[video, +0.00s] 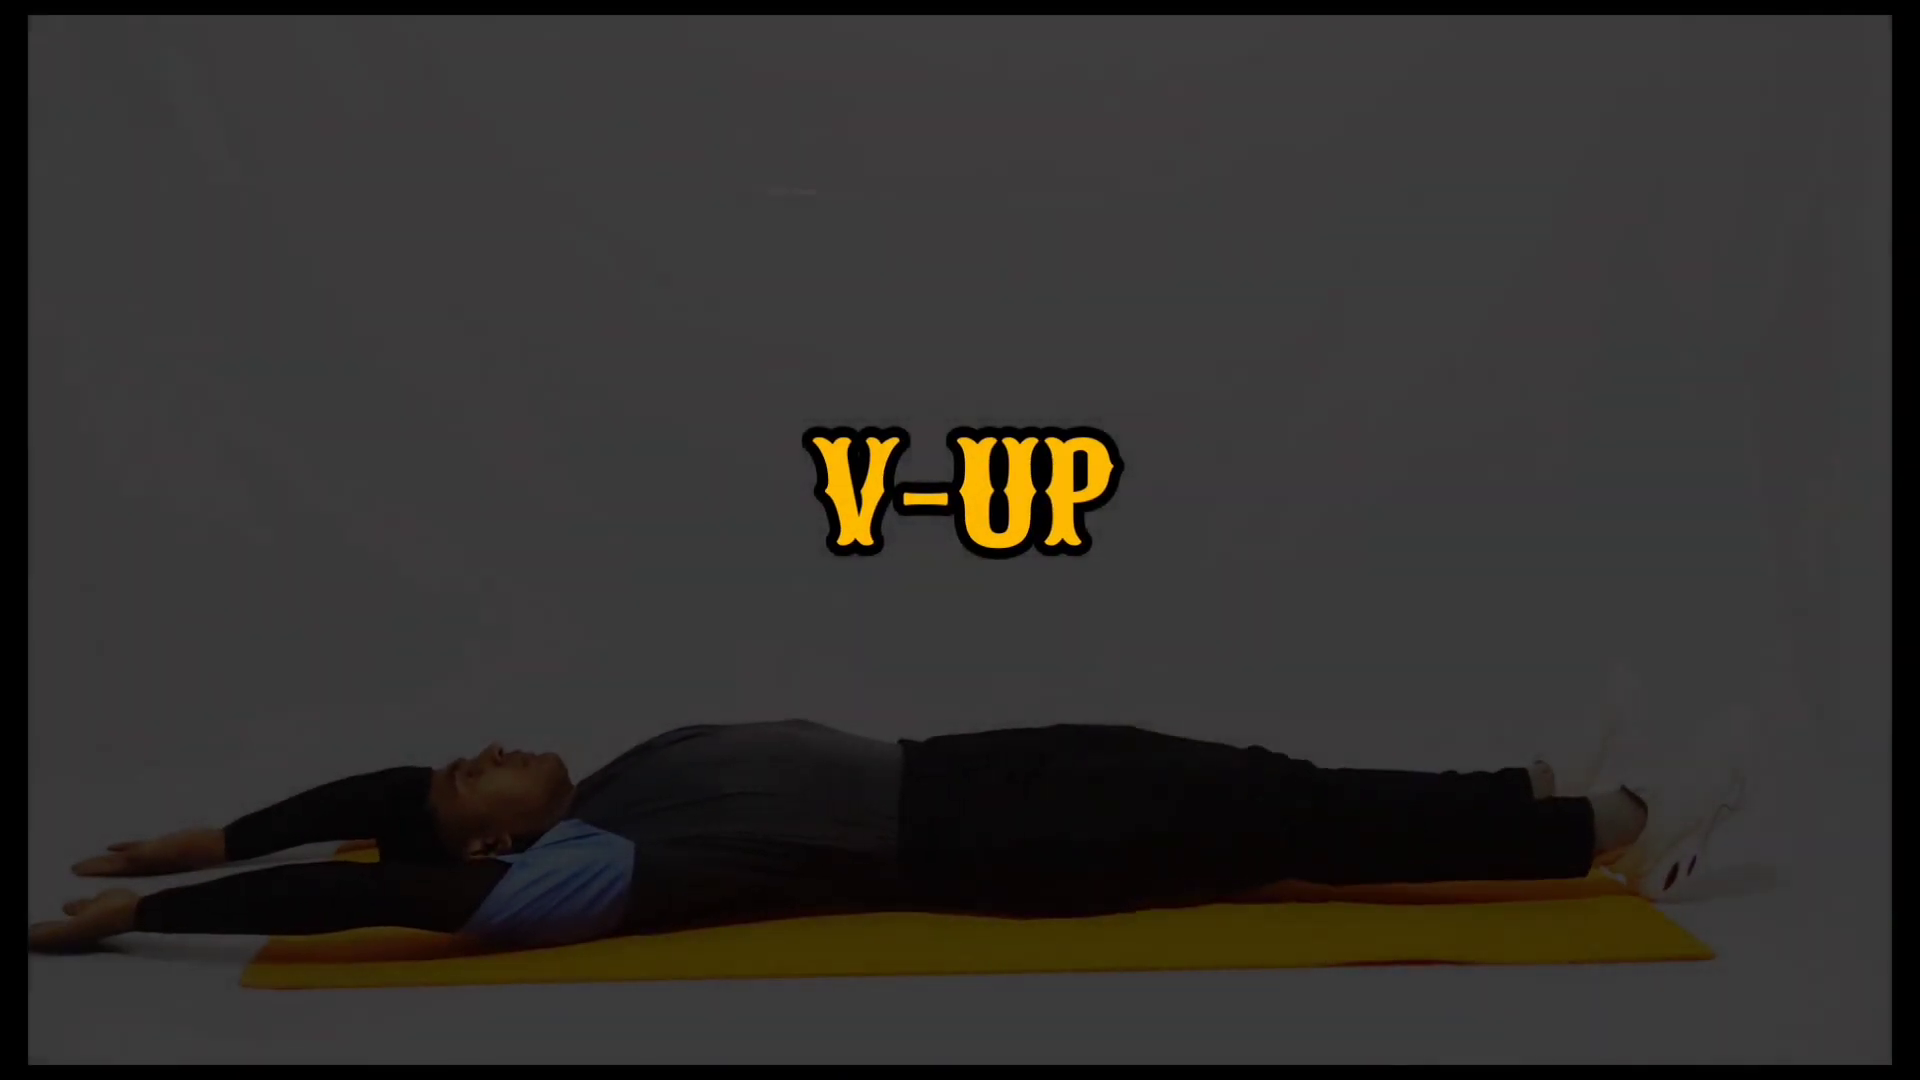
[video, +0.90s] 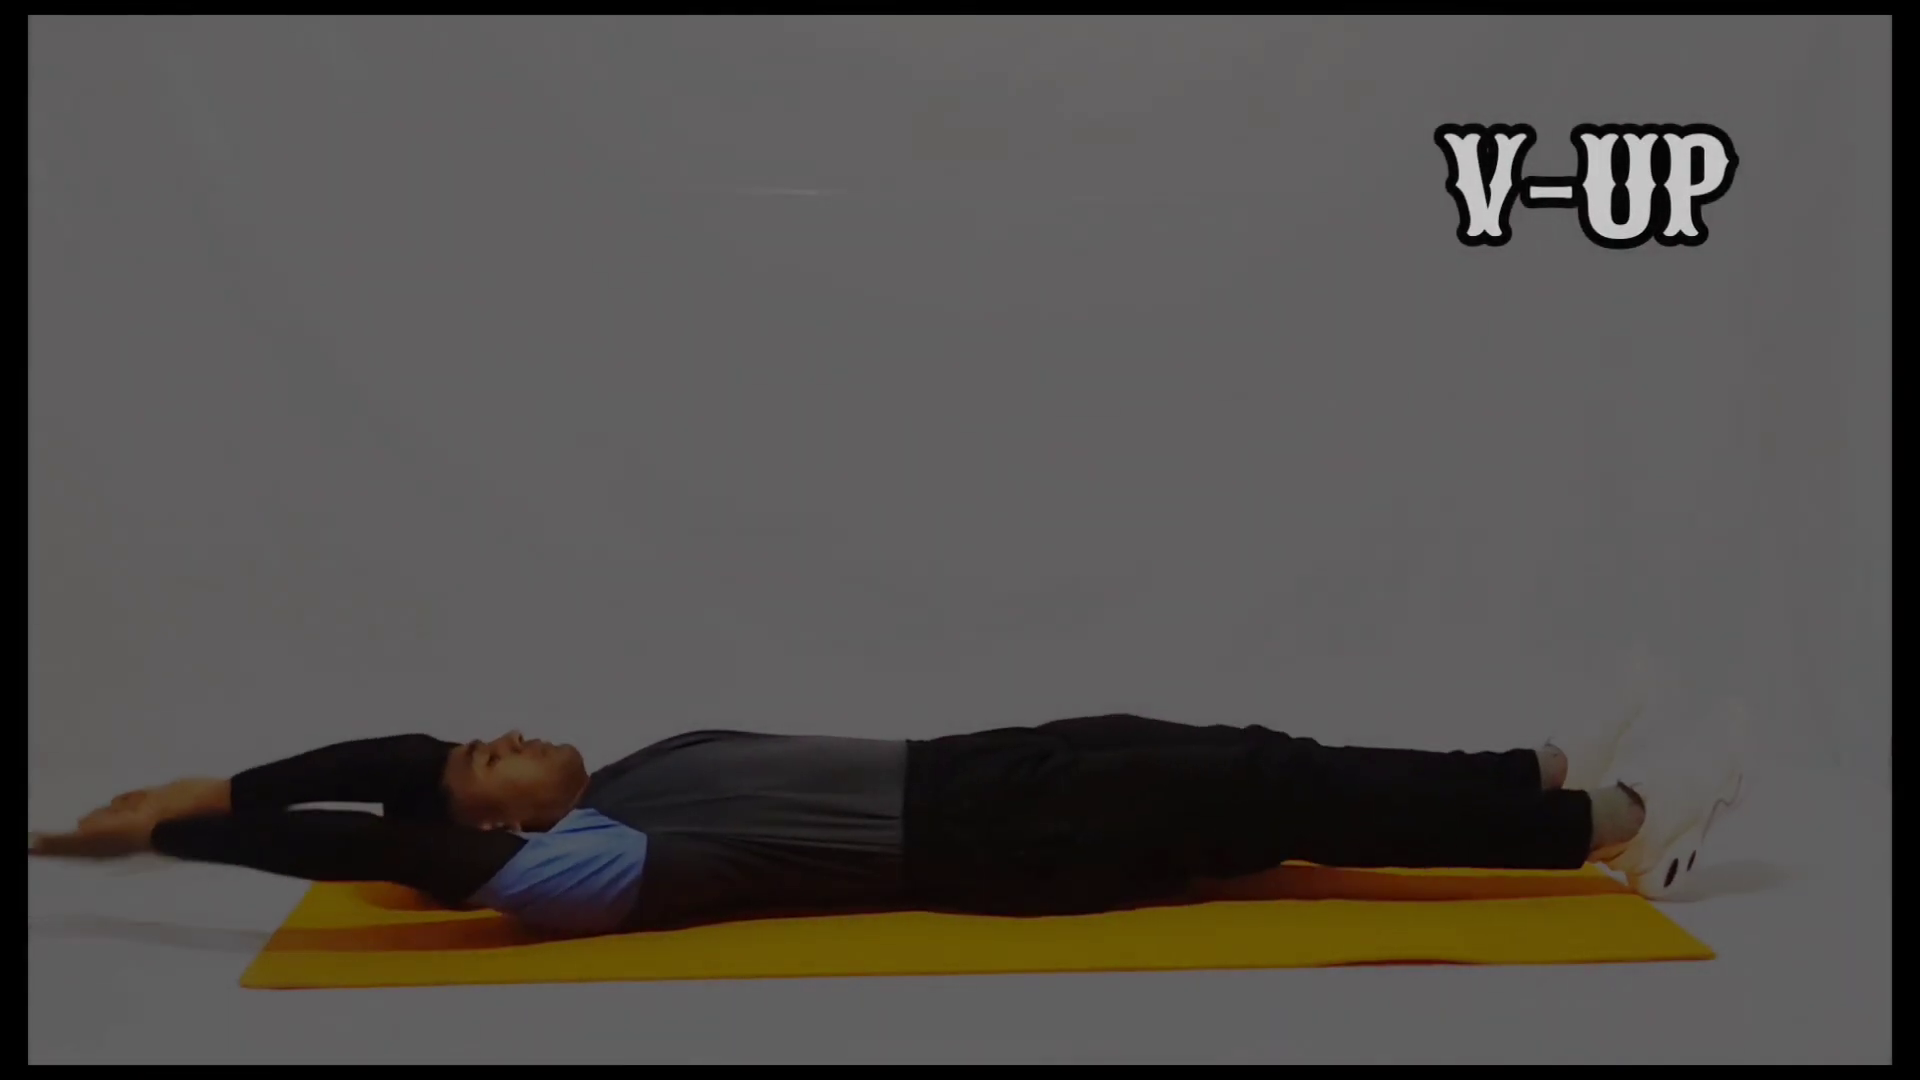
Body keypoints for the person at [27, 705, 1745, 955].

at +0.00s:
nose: (504, 779)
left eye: (488, 771)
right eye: (485, 797)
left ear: (516, 778)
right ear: (489, 845)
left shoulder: (614, 788)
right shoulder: (587, 858)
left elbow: (380, 833)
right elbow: (415, 910)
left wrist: (192, 862)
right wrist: (203, 918)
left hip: (967, 758)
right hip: (956, 826)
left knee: (1240, 766)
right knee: (1245, 817)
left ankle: (1519, 805)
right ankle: (1547, 827)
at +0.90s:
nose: (515, 758)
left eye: (498, 750)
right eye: (492, 776)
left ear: (524, 759)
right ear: (490, 830)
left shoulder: (622, 786)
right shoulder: (586, 857)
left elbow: (378, 794)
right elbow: (390, 845)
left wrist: (183, 810)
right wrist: (175, 828)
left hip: (985, 759)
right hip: (970, 825)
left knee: (1252, 752)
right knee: (1254, 801)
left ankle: (1536, 791)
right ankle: (1559, 823)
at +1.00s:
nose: (534, 741)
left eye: (515, 728)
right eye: (505, 754)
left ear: (532, 743)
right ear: (497, 811)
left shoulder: (621, 784)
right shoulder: (602, 852)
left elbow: (397, 741)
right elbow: (501, 850)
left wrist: (208, 704)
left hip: (977, 766)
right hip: (966, 829)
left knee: (1245, 737)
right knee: (1246, 773)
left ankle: (1535, 761)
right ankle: (1553, 784)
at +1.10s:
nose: (574, 686)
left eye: (556, 672)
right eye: (549, 681)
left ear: (525, 733)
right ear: (521, 738)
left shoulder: (607, 780)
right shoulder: (593, 829)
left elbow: (486, 648)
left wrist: (342, 533)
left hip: (970, 768)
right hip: (976, 820)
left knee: (1247, 722)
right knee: (1245, 743)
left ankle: (1549, 708)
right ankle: (1557, 722)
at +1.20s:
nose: (582, 664)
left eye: (566, 659)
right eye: (557, 668)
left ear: (539, 704)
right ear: (530, 711)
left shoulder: (625, 751)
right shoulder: (605, 793)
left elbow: (613, 565)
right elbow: (616, 571)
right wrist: (561, 407)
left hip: (958, 777)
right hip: (963, 828)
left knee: (1222, 678)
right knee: (1232, 716)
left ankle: (1521, 614)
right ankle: (1536, 634)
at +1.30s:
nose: (631, 622)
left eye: (615, 606)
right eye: (600, 623)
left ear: (600, 634)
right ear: (552, 683)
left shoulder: (652, 715)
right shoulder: (637, 743)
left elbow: (720, 544)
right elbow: (727, 555)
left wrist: (738, 370)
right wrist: (770, 365)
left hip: (963, 787)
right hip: (962, 831)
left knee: (1207, 639)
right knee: (1217, 663)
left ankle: (1489, 522)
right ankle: (1517, 541)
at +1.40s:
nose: (688, 561)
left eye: (673, 542)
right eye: (659, 560)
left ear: (671, 567)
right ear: (614, 613)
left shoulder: (699, 656)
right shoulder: (682, 689)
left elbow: (810, 511)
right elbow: (829, 523)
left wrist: (893, 352)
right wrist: (934, 352)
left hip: (960, 783)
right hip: (968, 842)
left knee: (1179, 589)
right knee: (1198, 616)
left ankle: (1417, 421)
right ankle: (1450, 437)